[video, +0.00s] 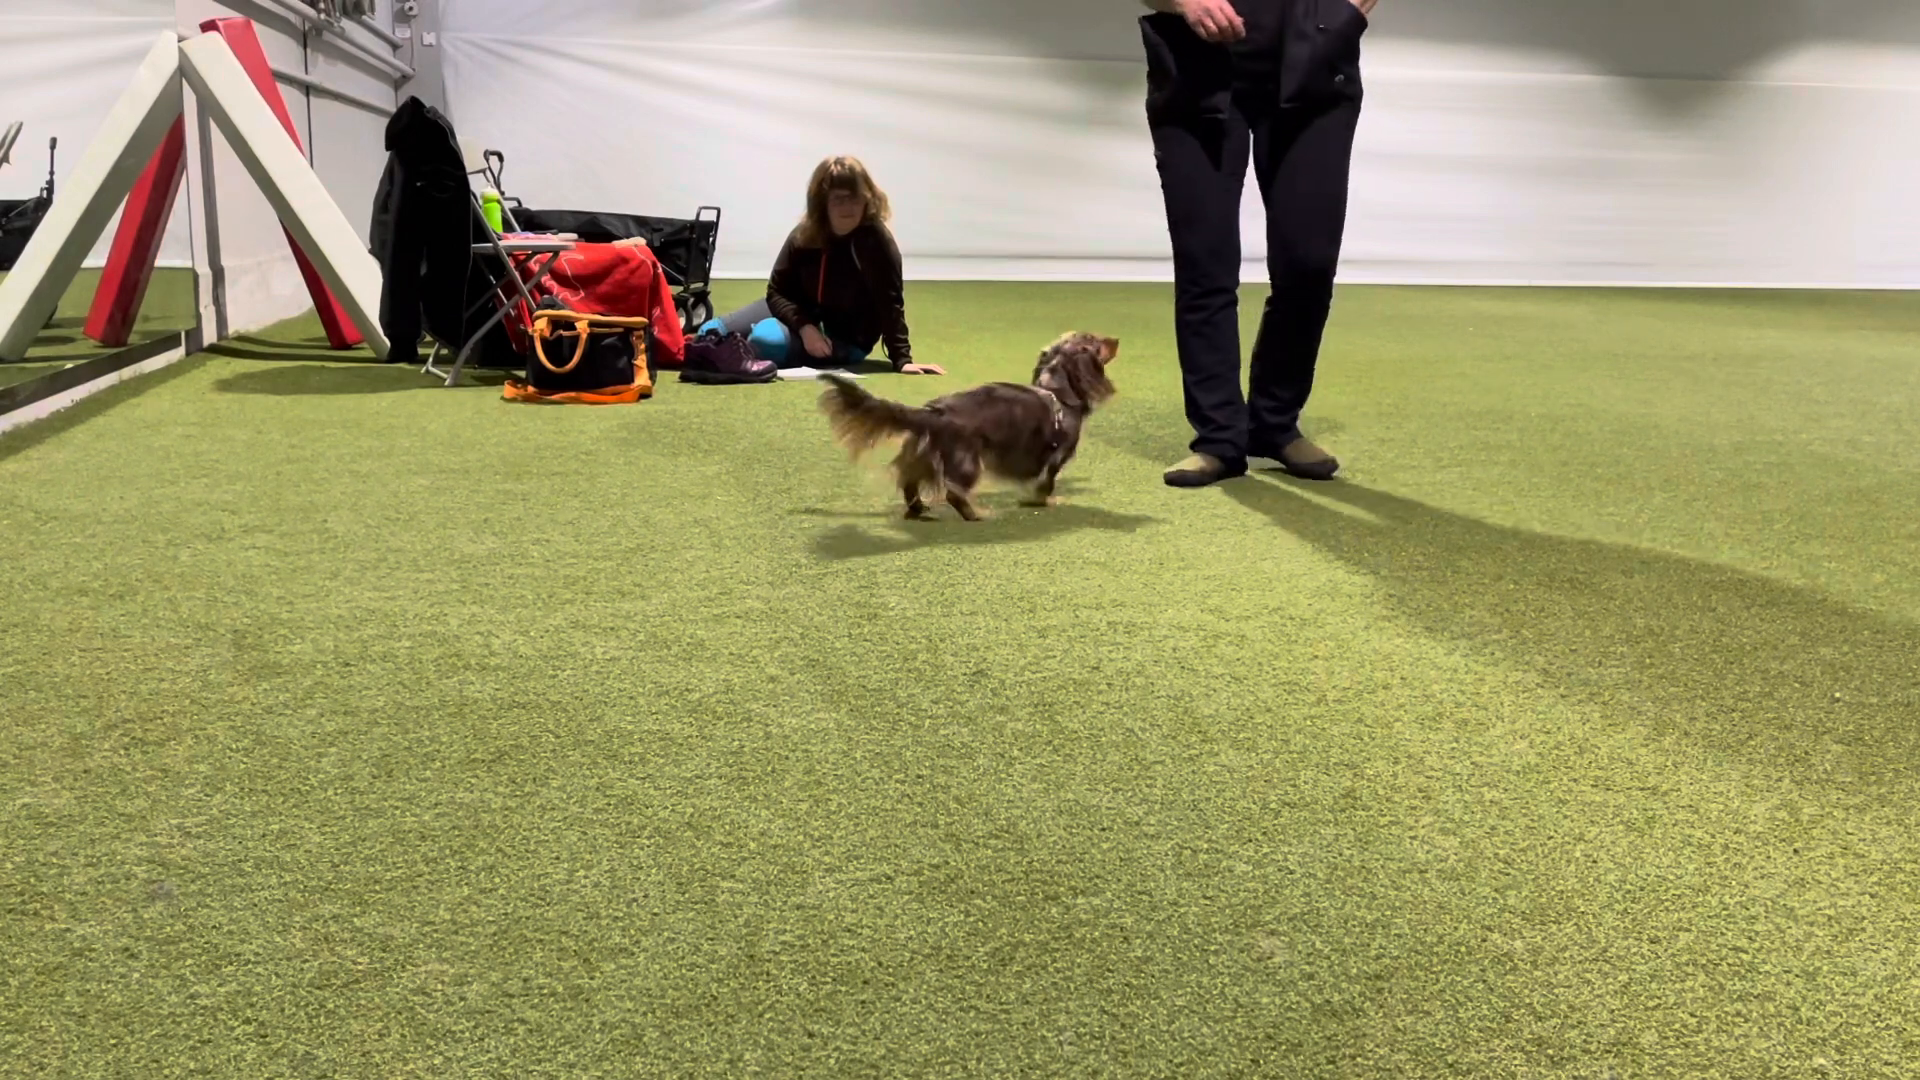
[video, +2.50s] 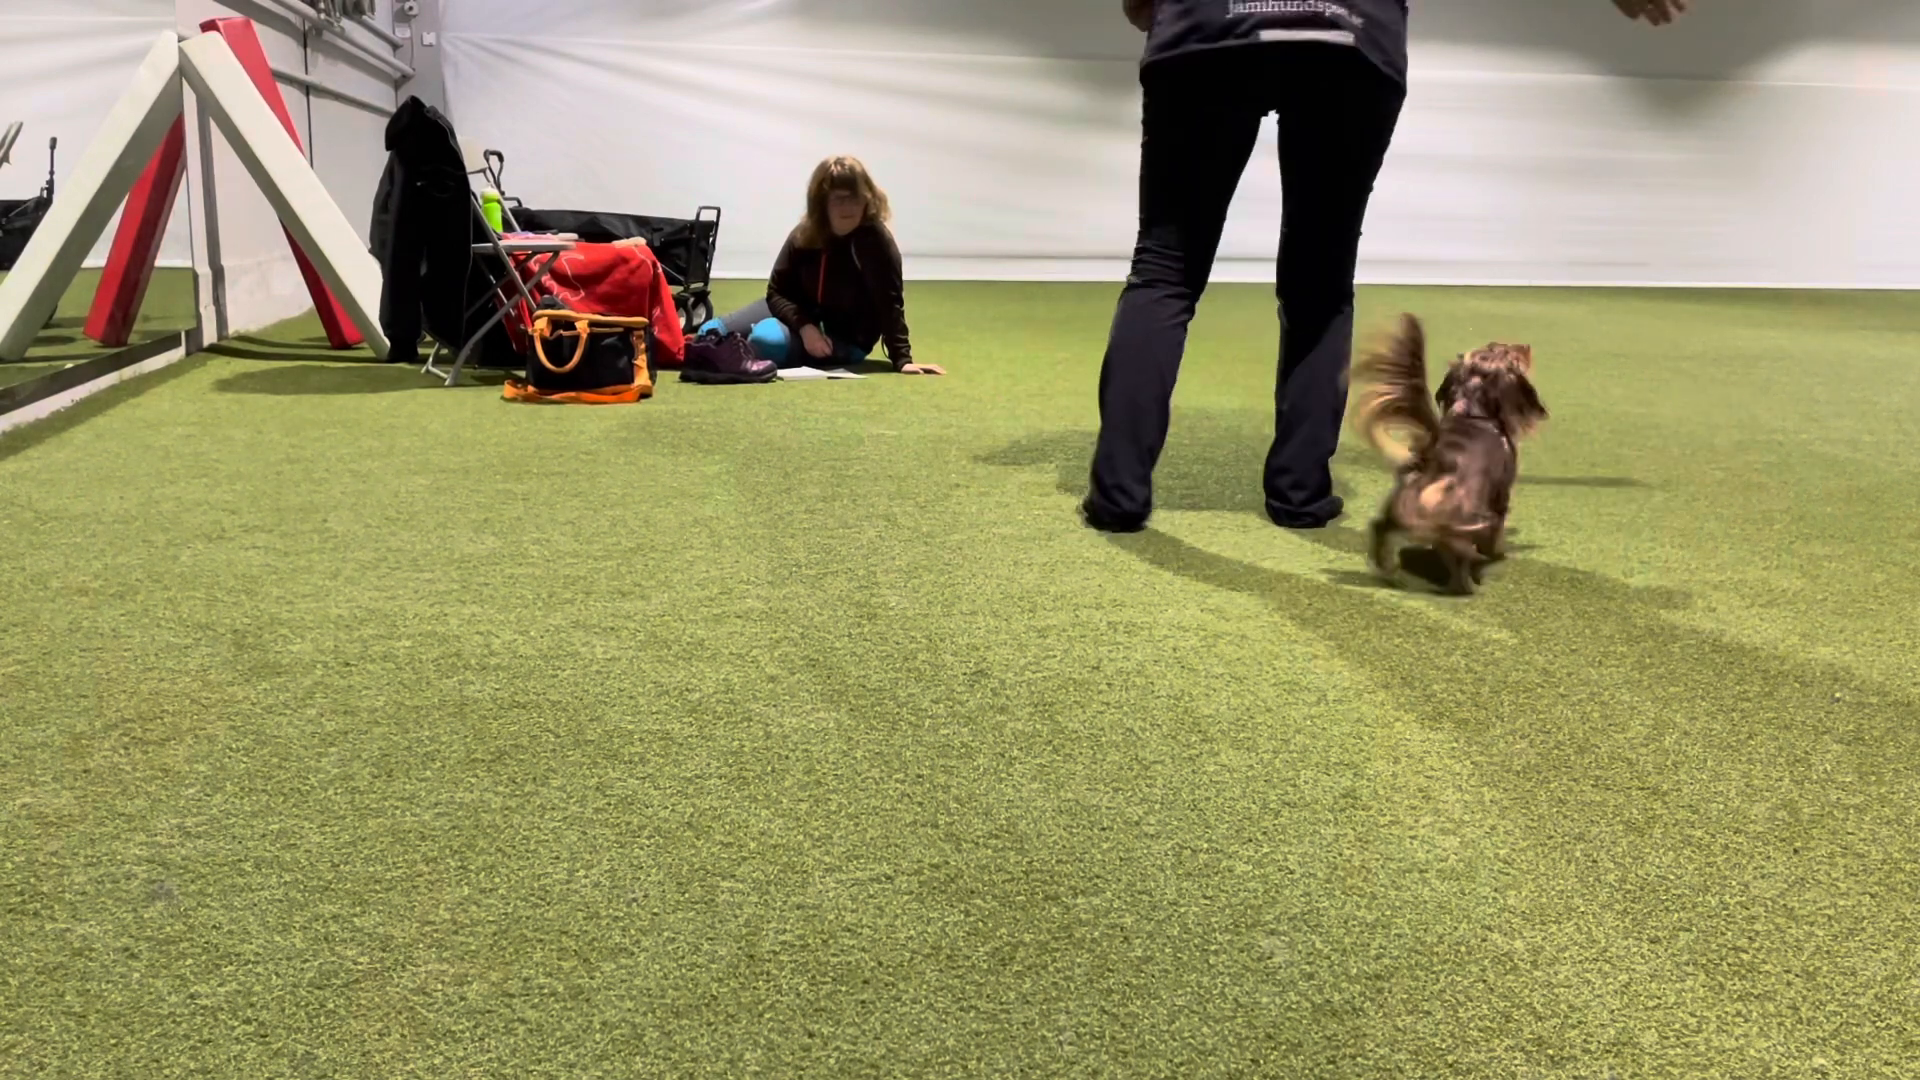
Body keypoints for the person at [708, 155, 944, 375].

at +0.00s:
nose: (847, 205)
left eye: (854, 197)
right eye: (838, 198)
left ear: (866, 200)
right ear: (822, 202)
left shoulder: (877, 242)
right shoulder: (804, 237)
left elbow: (891, 302)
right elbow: (777, 292)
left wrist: (902, 360)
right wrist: (804, 328)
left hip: (842, 337)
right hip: (796, 313)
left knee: (765, 336)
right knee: (711, 332)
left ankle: (731, 345)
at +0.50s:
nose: (847, 207)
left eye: (855, 198)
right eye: (838, 199)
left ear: (867, 201)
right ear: (822, 202)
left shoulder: (878, 243)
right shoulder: (805, 236)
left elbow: (892, 303)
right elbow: (777, 293)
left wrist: (902, 357)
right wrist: (804, 327)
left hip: (843, 337)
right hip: (796, 312)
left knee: (766, 338)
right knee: (713, 331)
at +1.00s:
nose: (848, 206)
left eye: (855, 197)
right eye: (839, 198)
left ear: (867, 200)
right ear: (823, 201)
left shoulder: (878, 242)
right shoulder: (804, 237)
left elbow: (892, 302)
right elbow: (777, 292)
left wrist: (902, 360)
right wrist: (804, 327)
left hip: (841, 337)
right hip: (795, 312)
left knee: (765, 337)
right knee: (711, 332)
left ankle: (732, 344)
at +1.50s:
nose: (848, 205)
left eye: (855, 196)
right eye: (839, 198)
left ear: (867, 200)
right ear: (823, 202)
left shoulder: (877, 242)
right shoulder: (804, 237)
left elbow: (892, 302)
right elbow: (777, 292)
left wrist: (902, 360)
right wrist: (804, 328)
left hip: (842, 337)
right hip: (796, 313)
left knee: (765, 337)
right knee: (711, 332)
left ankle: (732, 345)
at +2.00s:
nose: (847, 205)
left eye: (855, 196)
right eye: (838, 198)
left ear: (866, 200)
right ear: (822, 201)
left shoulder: (877, 242)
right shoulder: (804, 237)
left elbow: (891, 302)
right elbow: (777, 292)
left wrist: (902, 360)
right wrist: (804, 327)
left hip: (842, 338)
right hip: (796, 313)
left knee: (765, 337)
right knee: (712, 331)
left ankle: (732, 346)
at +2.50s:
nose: (847, 206)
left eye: (854, 197)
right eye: (838, 198)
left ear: (866, 200)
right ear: (822, 202)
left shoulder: (877, 242)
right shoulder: (804, 237)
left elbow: (891, 302)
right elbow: (777, 293)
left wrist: (903, 360)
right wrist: (804, 327)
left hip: (842, 338)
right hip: (795, 313)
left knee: (765, 336)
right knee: (712, 331)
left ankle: (733, 345)